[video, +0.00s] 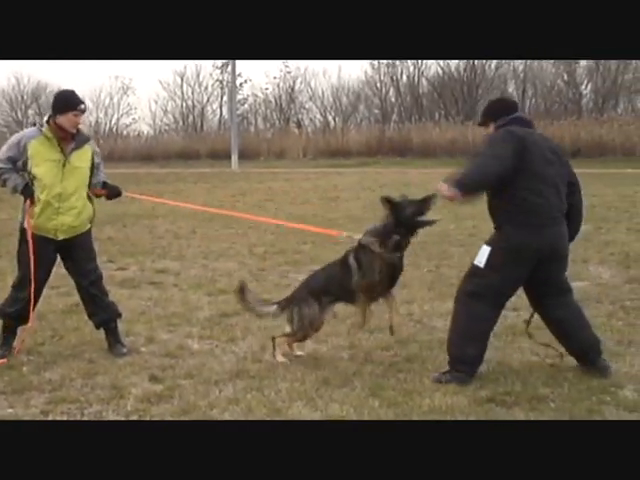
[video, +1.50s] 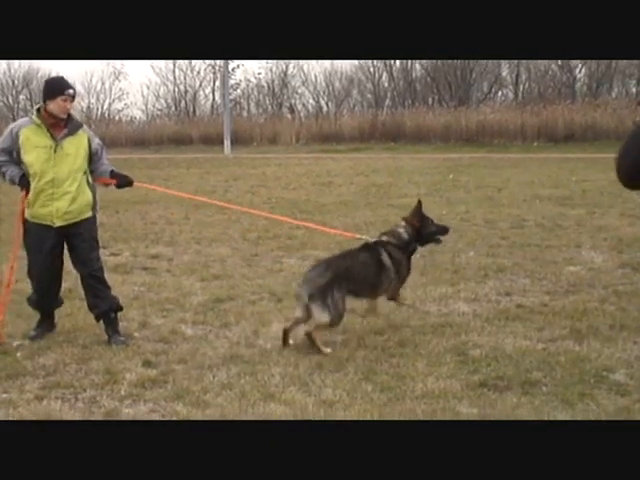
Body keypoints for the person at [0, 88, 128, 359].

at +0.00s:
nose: (79, 119)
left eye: (81, 114)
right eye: (74, 114)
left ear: (80, 116)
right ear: (57, 115)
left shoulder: (87, 145)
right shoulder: (28, 140)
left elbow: (96, 176)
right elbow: (4, 166)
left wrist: (101, 188)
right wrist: (21, 185)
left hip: (77, 229)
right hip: (38, 230)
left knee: (91, 283)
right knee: (28, 286)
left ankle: (113, 335)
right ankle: (7, 335)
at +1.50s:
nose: (68, 104)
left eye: (71, 100)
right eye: (63, 99)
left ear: (72, 102)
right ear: (47, 100)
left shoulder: (83, 134)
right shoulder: (20, 130)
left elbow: (99, 166)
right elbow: (3, 158)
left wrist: (113, 176)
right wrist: (18, 176)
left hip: (79, 215)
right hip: (39, 217)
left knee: (92, 269)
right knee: (41, 273)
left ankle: (111, 326)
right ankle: (46, 319)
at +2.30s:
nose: (79, 96)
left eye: (80, 91)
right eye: (75, 91)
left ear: (75, 93)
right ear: (58, 92)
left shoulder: (83, 124)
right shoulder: (25, 116)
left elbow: (91, 159)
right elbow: (2, 143)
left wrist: (109, 165)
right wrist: (19, 163)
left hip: (76, 205)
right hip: (37, 205)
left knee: (91, 259)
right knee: (26, 265)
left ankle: (112, 310)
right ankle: (9, 314)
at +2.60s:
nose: (45, 98)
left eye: (46, 93)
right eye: (40, 93)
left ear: (42, 94)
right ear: (22, 94)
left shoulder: (47, 126)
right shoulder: (3, 123)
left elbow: (52, 162)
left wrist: (69, 168)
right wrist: (2, 178)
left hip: (40, 207)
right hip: (7, 210)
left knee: (56, 260)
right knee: (0, 264)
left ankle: (79, 311)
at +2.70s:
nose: (37, 98)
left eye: (38, 93)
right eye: (32, 93)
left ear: (36, 95)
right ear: (14, 94)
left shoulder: (38, 125)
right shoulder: (3, 121)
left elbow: (43, 161)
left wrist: (58, 168)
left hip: (33, 207)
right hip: (5, 210)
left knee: (48, 260)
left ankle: (72, 311)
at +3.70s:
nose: (2, 102)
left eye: (2, 96)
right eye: (2, 97)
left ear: (4, 98)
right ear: (3, 99)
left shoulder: (11, 130)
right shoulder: (11, 131)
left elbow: (21, 157)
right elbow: (21, 157)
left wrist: (25, 172)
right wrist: (24, 171)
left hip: (6, 207)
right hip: (5, 208)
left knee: (13, 263)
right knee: (11, 263)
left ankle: (34, 319)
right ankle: (33, 318)